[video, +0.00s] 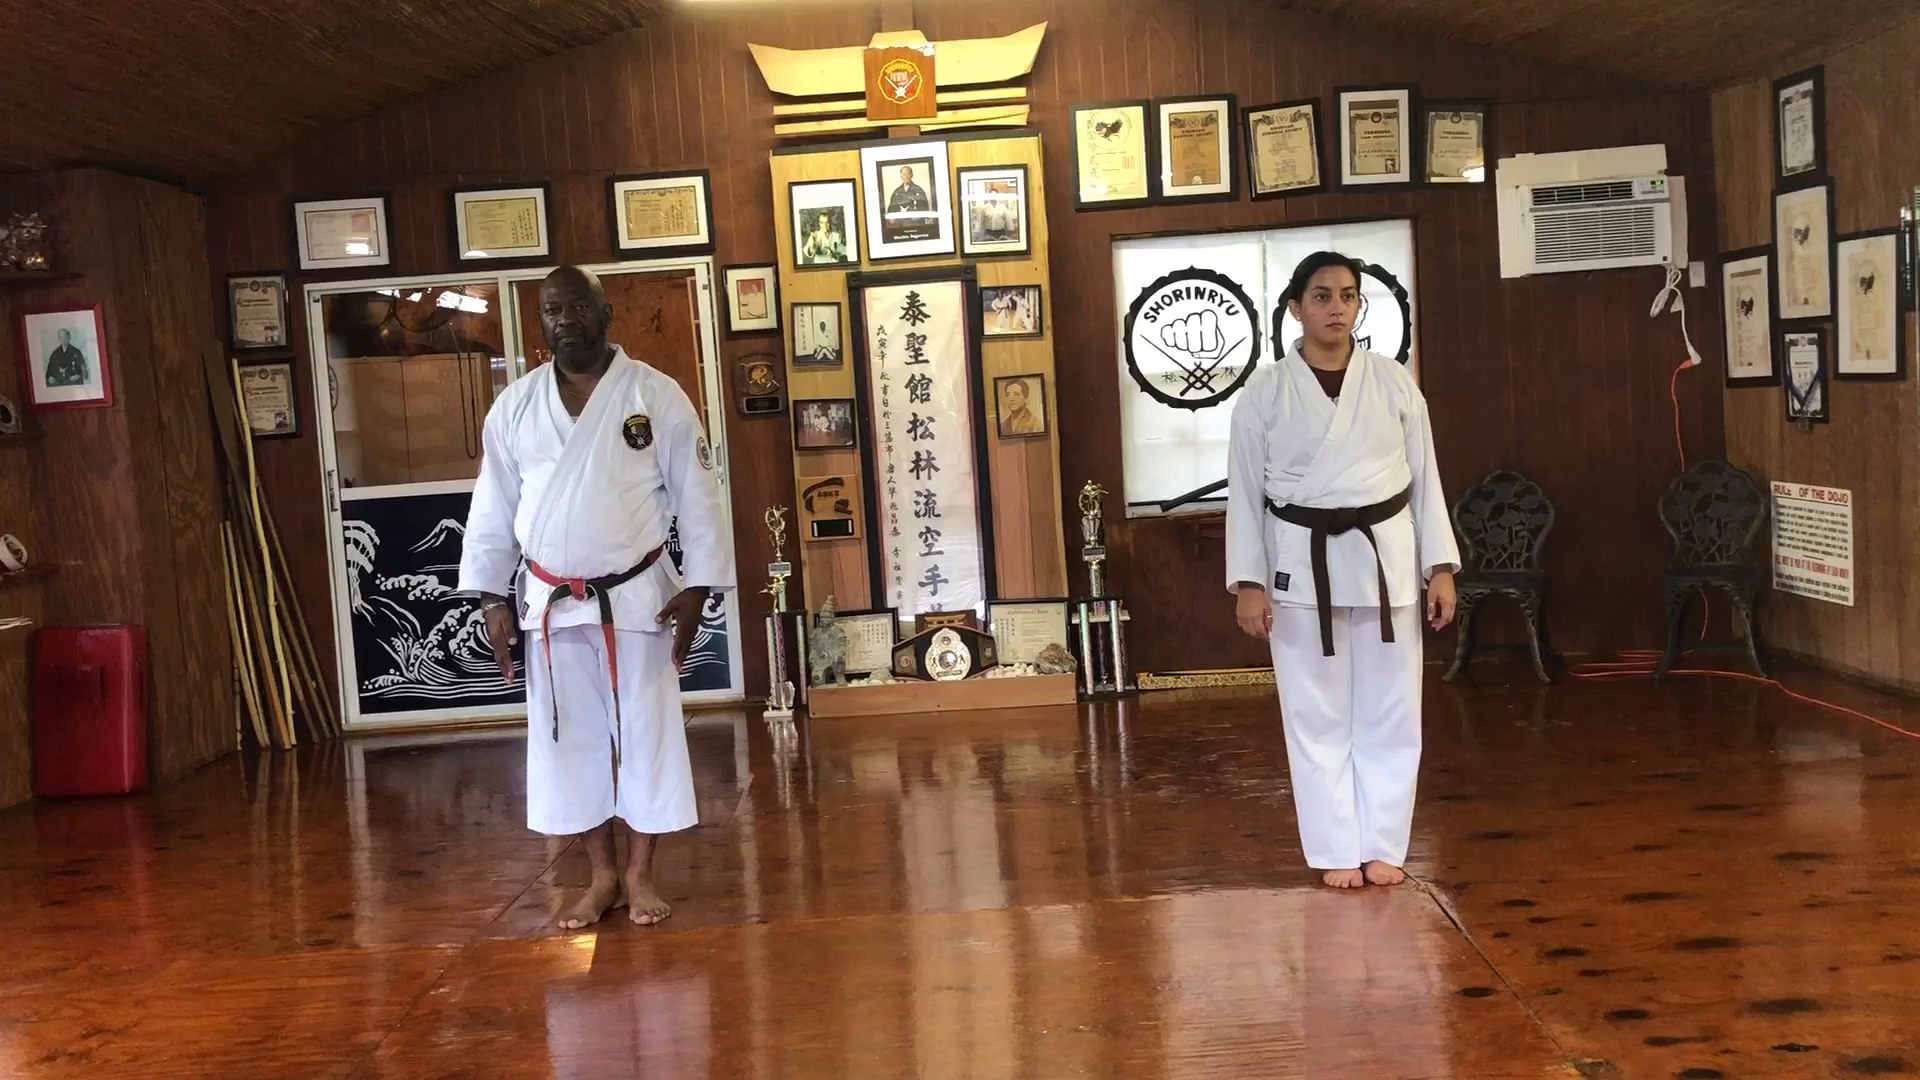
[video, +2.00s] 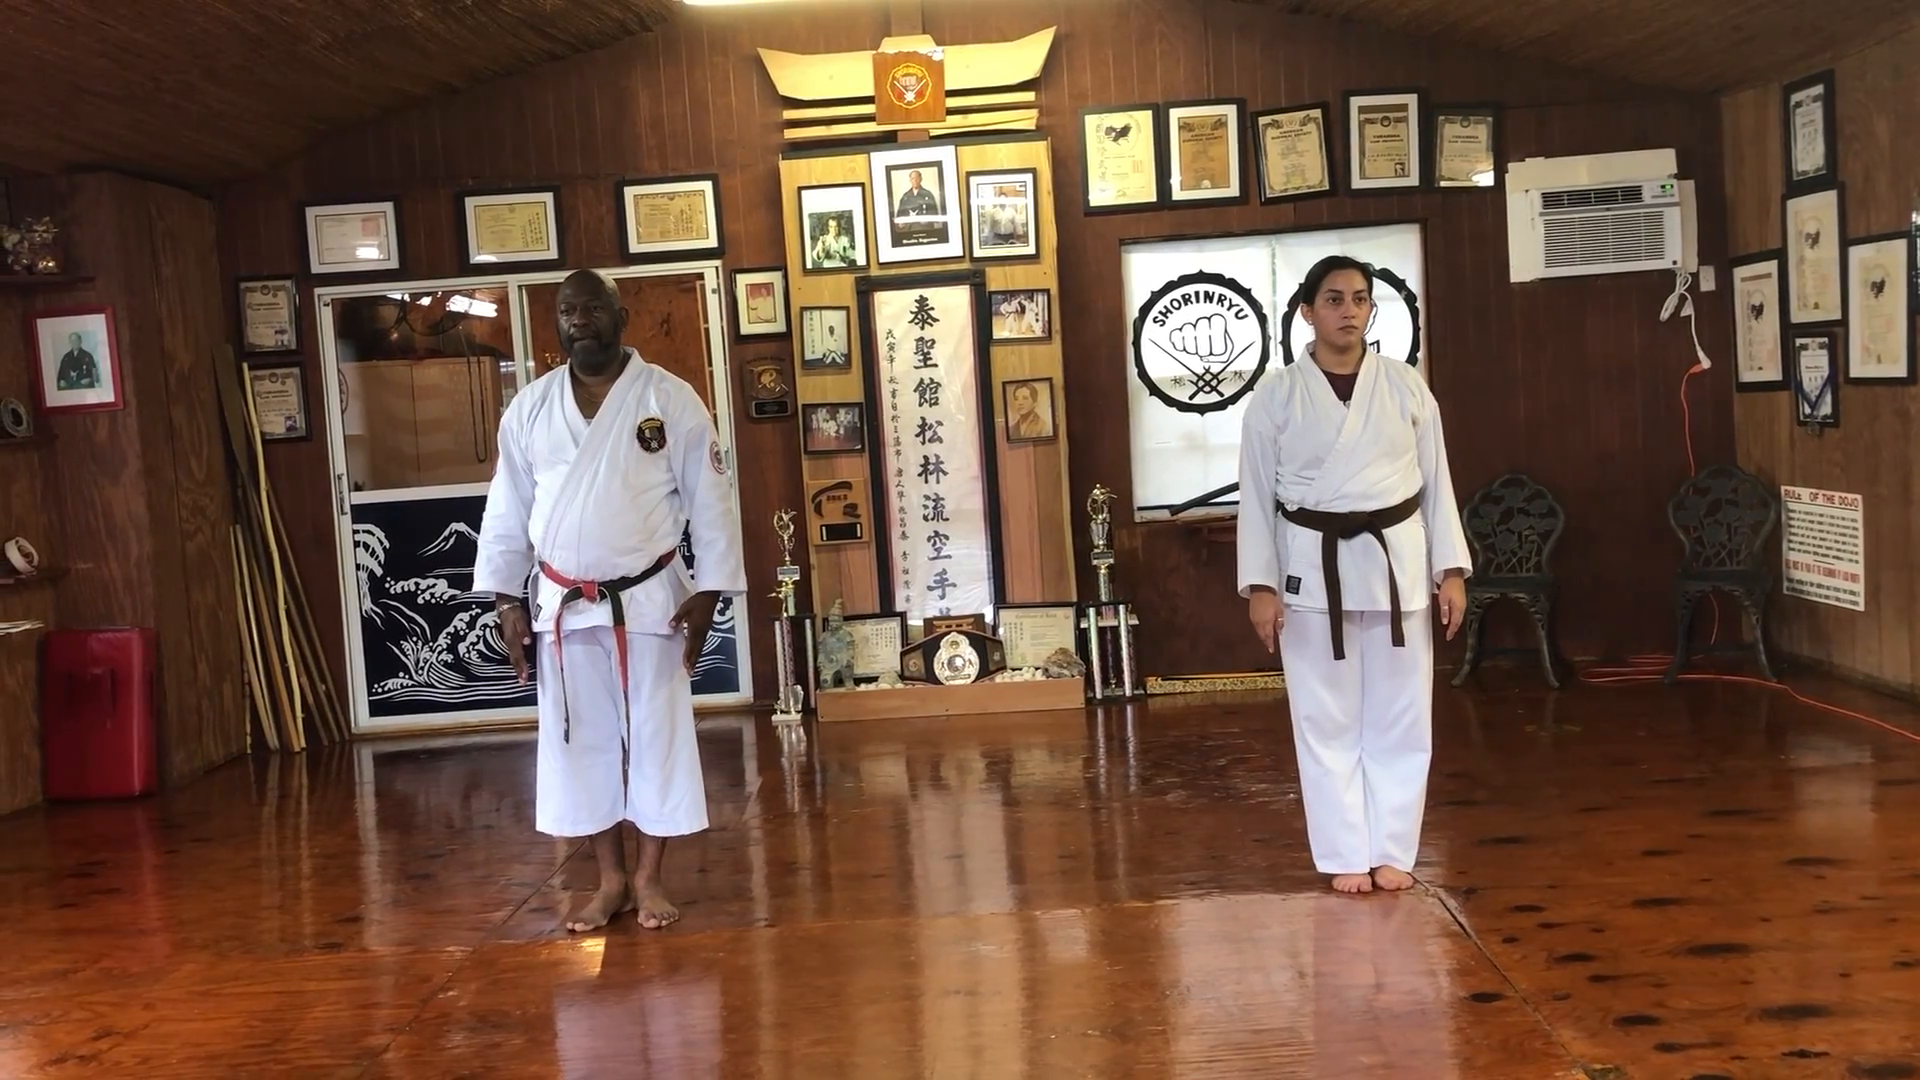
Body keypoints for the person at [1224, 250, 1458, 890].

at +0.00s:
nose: (1337, 307)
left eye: (1348, 295)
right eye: (1322, 295)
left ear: (1360, 308)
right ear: (1295, 308)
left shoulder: (1394, 382)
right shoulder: (1262, 392)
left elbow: (1424, 481)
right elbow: (1245, 493)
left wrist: (1440, 566)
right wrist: (1248, 580)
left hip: (1388, 565)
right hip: (1300, 571)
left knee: (1389, 714)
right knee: (1318, 717)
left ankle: (1383, 849)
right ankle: (1336, 854)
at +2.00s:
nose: (1349, 310)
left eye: (1360, 299)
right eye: (1334, 298)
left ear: (1372, 311)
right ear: (1308, 311)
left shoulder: (1405, 385)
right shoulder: (1273, 396)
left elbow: (1435, 484)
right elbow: (1256, 497)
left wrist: (1450, 570)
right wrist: (1260, 584)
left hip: (1399, 570)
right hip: (1311, 575)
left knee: (1399, 717)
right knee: (1327, 720)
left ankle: (1392, 855)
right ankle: (1345, 860)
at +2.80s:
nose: (1355, 308)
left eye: (1366, 295)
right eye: (1339, 296)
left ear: (1379, 308)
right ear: (1314, 310)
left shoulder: (1412, 383)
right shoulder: (1280, 393)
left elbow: (1441, 483)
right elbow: (1261, 495)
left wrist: (1455, 566)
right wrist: (1264, 582)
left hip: (1405, 568)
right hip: (1316, 572)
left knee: (1404, 716)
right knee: (1333, 718)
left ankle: (1398, 854)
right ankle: (1350, 858)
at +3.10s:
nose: (1353, 310)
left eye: (1364, 298)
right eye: (1338, 299)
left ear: (1378, 311)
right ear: (1314, 312)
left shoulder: (1411, 386)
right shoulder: (1279, 395)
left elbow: (1440, 485)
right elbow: (1261, 497)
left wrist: (1455, 569)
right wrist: (1264, 585)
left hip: (1404, 570)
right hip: (1316, 573)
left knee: (1404, 718)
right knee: (1333, 720)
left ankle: (1397, 856)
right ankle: (1350, 860)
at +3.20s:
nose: (1353, 310)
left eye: (1363, 299)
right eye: (1338, 299)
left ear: (1377, 312)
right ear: (1313, 313)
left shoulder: (1411, 386)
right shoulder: (1279, 396)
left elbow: (1440, 485)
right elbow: (1261, 498)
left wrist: (1454, 570)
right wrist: (1264, 585)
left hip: (1403, 569)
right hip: (1316, 573)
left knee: (1403, 718)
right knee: (1332, 720)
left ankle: (1397, 857)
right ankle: (1350, 861)